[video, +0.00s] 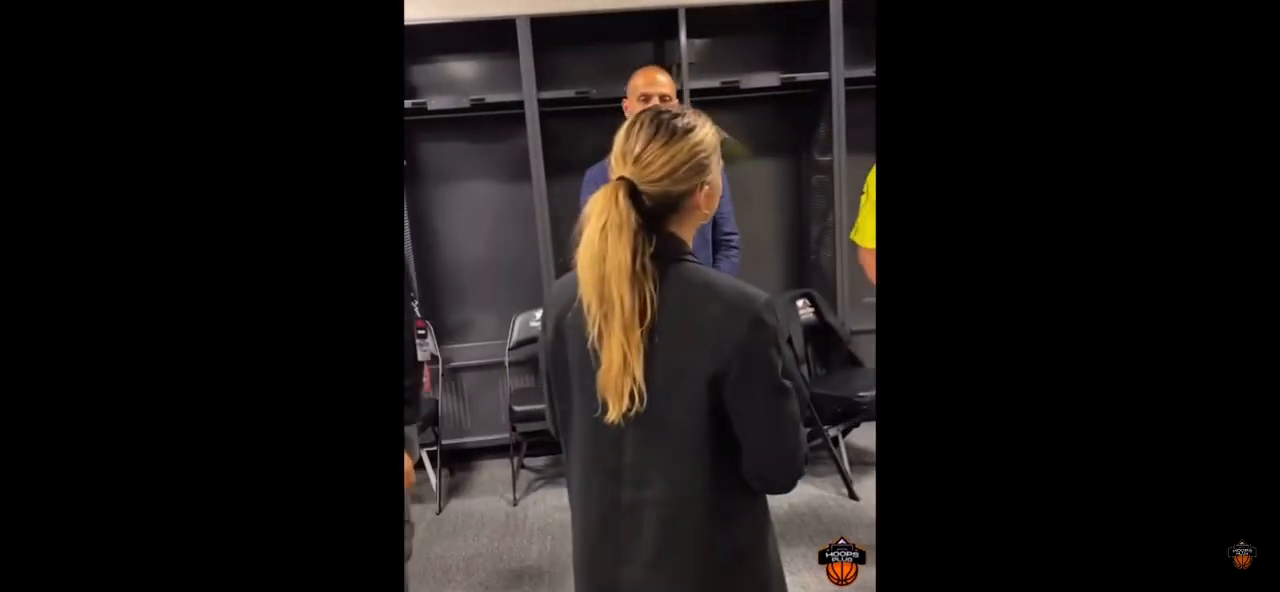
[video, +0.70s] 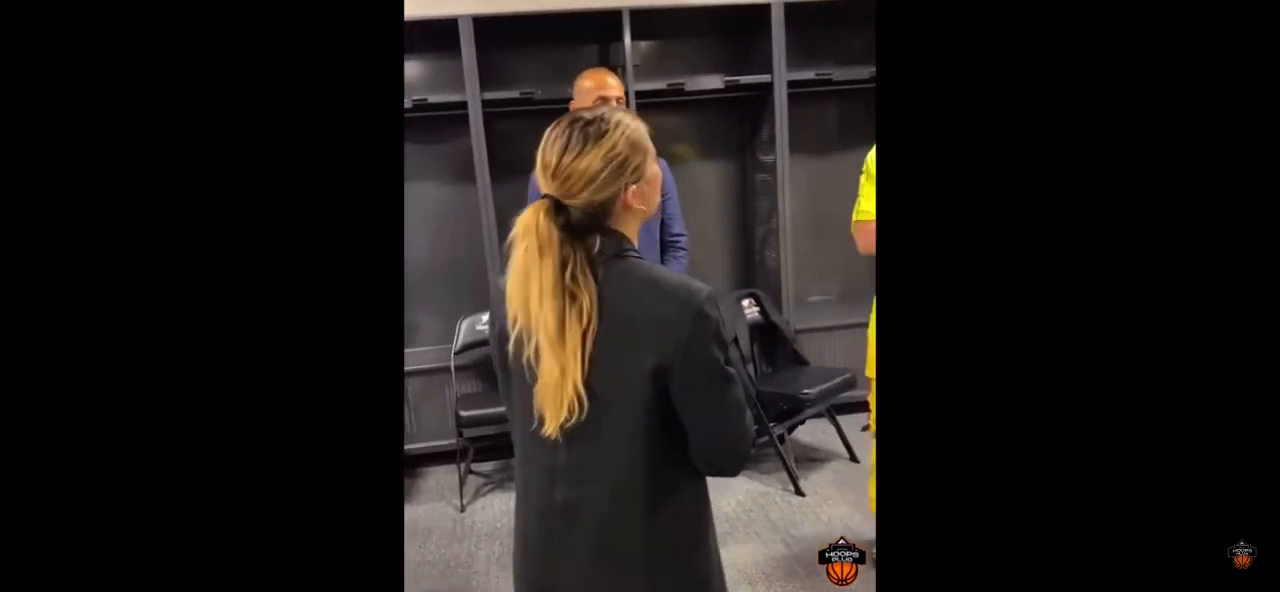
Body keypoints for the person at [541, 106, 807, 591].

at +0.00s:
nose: (722, 183)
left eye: (719, 169)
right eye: (719, 171)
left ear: (620, 183)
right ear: (704, 194)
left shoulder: (566, 302)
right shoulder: (739, 313)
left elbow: (567, 431)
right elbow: (778, 470)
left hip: (607, 564)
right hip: (712, 567)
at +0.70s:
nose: (662, 175)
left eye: (656, 164)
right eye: (655, 167)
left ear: (562, 190)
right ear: (633, 195)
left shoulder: (516, 295)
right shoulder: (679, 305)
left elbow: (523, 420)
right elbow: (727, 452)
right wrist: (720, 352)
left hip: (550, 557)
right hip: (651, 559)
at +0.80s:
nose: (634, 176)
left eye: (627, 166)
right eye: (627, 169)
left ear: (533, 194)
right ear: (607, 199)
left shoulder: (491, 296)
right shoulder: (651, 309)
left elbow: (500, 414)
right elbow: (710, 448)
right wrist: (705, 348)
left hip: (520, 560)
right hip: (624, 566)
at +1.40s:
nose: (492, 221)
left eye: (488, 210)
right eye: (485, 212)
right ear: (461, 238)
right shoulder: (494, 332)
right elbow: (575, 374)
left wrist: (518, 280)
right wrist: (521, 277)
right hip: (489, 569)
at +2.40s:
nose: (479, 204)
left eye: (475, 191)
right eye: (473, 193)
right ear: (449, 219)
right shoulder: (480, 324)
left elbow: (558, 359)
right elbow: (560, 358)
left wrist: (501, 253)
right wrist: (502, 252)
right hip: (473, 569)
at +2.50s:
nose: (480, 208)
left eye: (477, 194)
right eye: (476, 196)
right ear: (455, 222)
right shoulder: (488, 333)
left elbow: (564, 379)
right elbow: (566, 379)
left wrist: (516, 266)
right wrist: (517, 266)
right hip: (479, 572)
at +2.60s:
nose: (484, 208)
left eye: (481, 195)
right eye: (480, 196)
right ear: (459, 225)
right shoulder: (488, 339)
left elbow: (559, 412)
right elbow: (561, 412)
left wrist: (552, 297)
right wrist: (555, 298)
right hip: (484, 572)